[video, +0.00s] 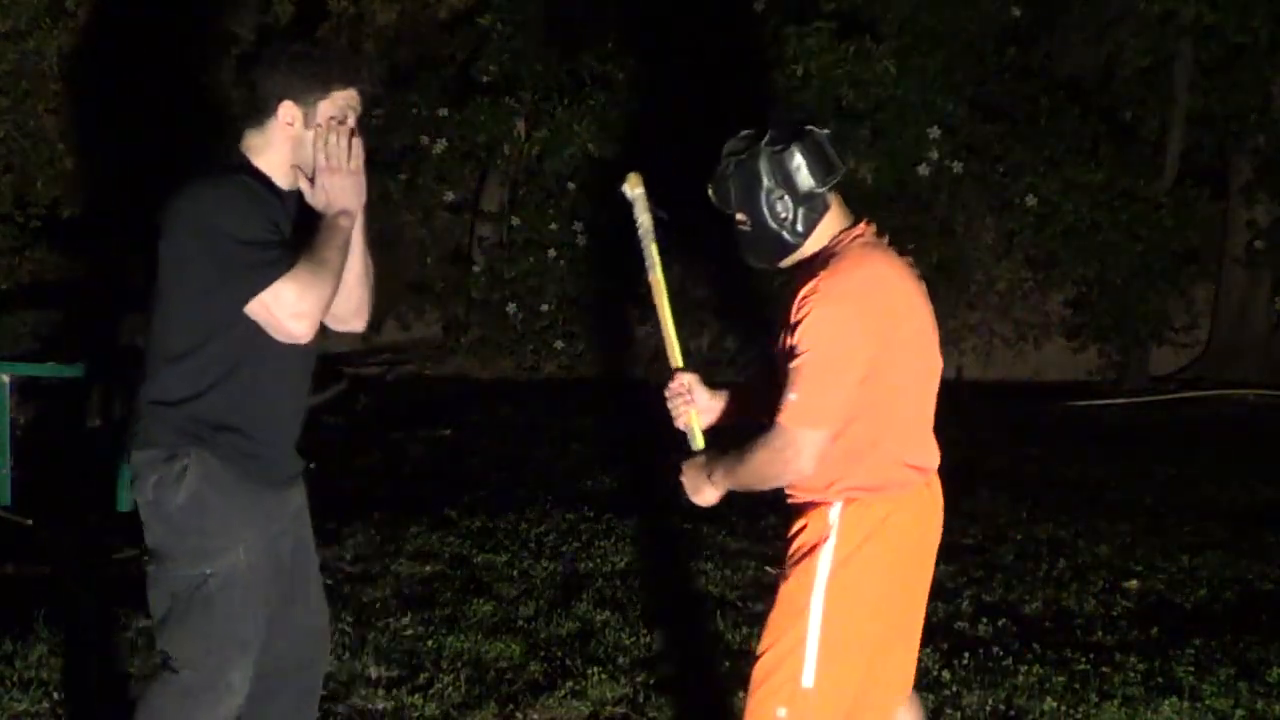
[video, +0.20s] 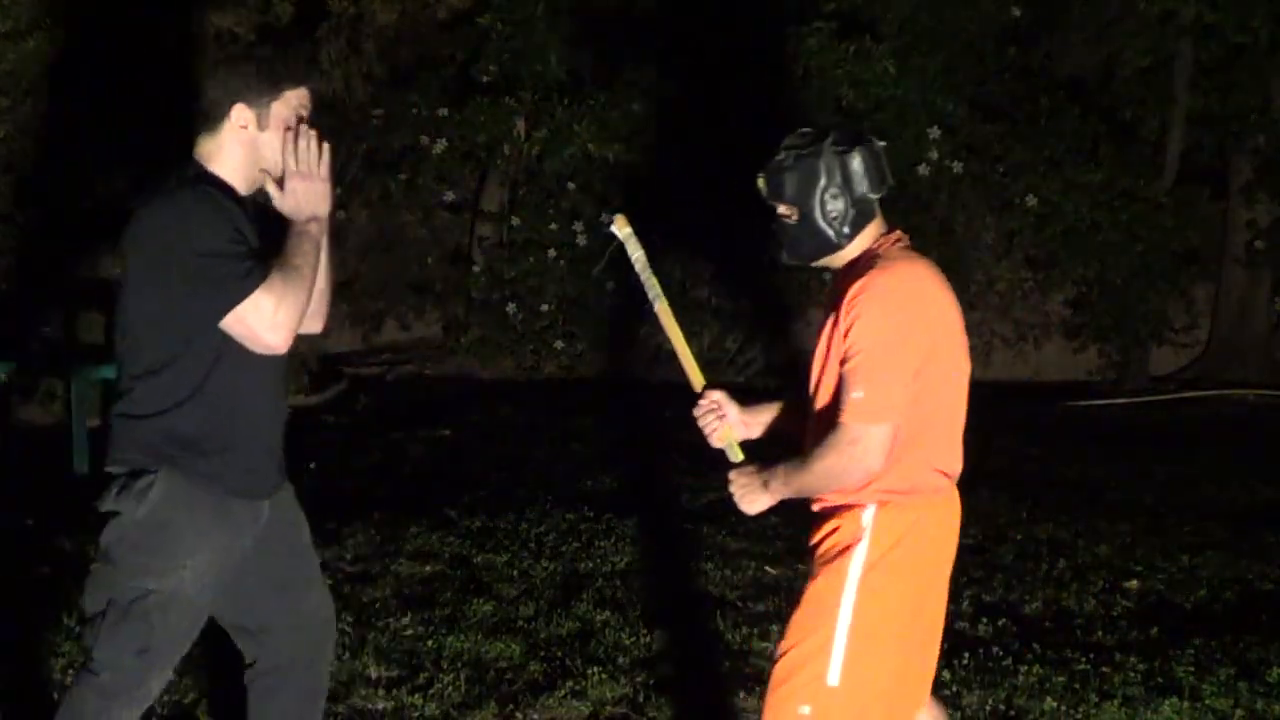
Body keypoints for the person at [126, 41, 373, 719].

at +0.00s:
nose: (349, 140)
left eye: (353, 123)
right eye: (338, 119)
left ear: (295, 124)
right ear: (290, 119)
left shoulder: (290, 212)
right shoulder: (217, 204)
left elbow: (351, 315)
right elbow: (295, 317)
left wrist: (352, 210)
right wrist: (337, 216)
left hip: (274, 476)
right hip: (198, 472)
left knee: (294, 665)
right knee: (211, 676)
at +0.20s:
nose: (304, 143)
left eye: (305, 125)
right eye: (294, 123)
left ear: (245, 124)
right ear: (246, 122)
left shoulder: (244, 219)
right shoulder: (183, 216)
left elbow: (311, 317)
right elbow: (271, 327)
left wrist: (312, 223)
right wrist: (308, 222)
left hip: (257, 500)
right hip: (174, 497)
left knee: (299, 654)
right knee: (118, 686)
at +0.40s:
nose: (278, 151)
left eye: (281, 133)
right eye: (268, 131)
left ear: (226, 134)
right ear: (223, 131)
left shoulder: (224, 220)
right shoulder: (147, 223)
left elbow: (287, 319)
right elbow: (237, 339)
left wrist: (285, 224)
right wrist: (272, 230)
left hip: (228, 500)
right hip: (147, 498)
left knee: (281, 666)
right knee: (107, 693)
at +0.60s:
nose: (274, 145)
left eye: (276, 127)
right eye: (263, 125)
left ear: (219, 131)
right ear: (215, 127)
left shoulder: (217, 218)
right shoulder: (143, 221)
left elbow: (284, 315)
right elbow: (237, 330)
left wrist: (279, 218)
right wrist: (268, 221)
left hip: (231, 498)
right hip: (149, 498)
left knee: (279, 662)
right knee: (110, 695)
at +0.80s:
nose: (273, 145)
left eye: (276, 127)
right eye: (262, 125)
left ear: (220, 130)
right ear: (215, 125)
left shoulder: (219, 217)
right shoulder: (145, 219)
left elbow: (288, 314)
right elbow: (238, 331)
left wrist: (284, 217)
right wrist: (271, 220)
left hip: (233, 499)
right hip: (151, 500)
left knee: (282, 659)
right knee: (109, 696)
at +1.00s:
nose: (304, 162)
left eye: (300, 142)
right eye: (288, 142)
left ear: (240, 152)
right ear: (234, 149)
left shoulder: (252, 247)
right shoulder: (163, 251)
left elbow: (311, 304)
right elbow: (221, 368)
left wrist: (359, 257)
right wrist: (302, 276)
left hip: (264, 506)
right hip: (172, 515)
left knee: (352, 626)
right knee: (136, 702)